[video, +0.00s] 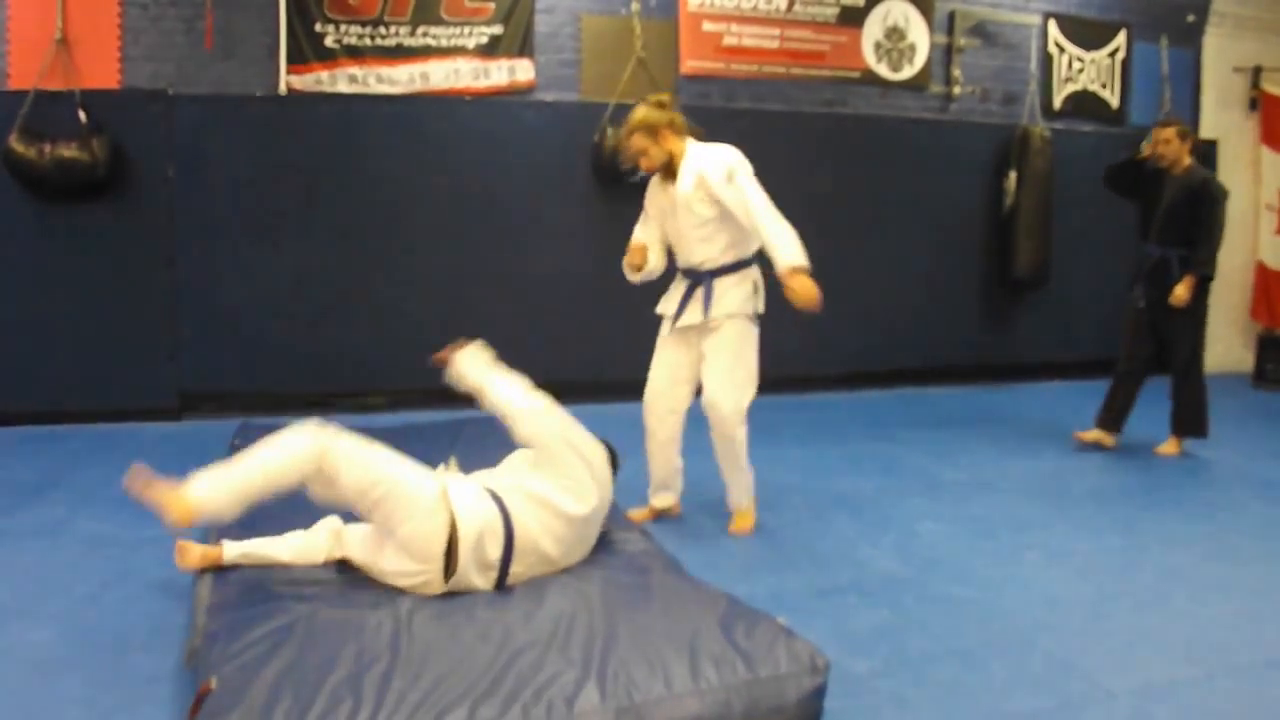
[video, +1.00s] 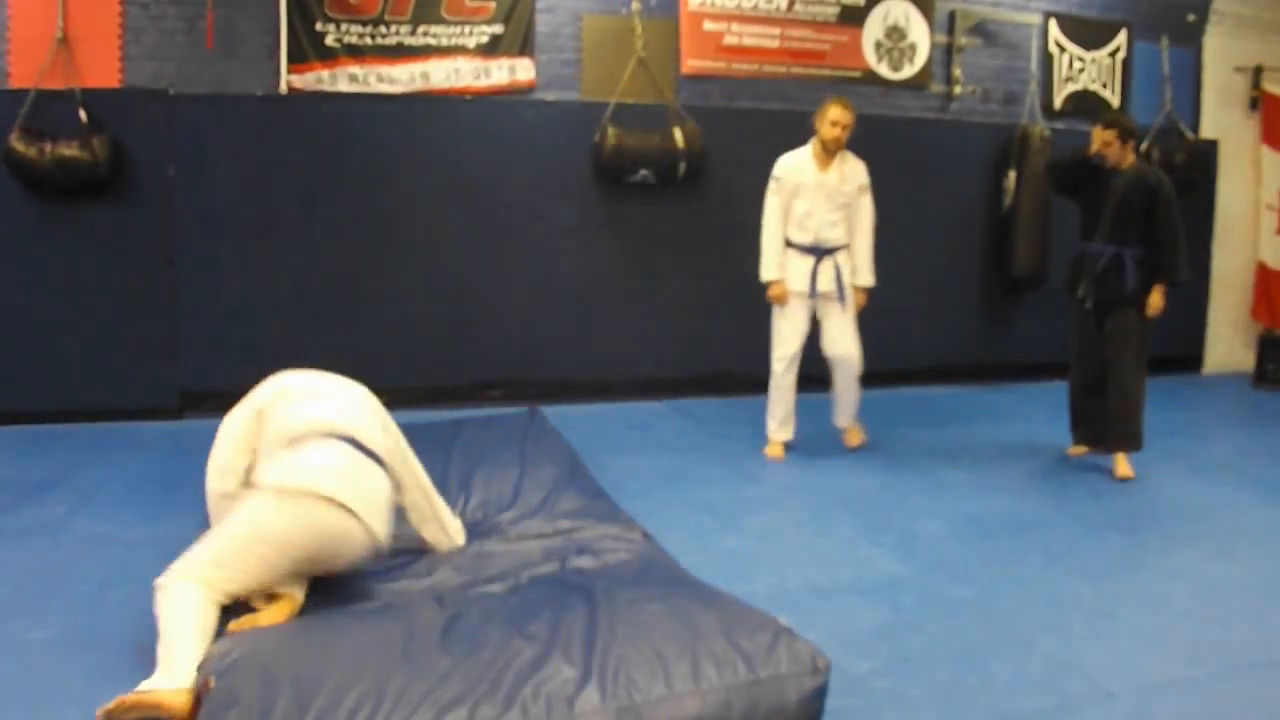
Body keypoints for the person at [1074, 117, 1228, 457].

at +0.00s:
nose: (1159, 149)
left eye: (1166, 142)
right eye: (1156, 143)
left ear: (1186, 145)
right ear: (1153, 146)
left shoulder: (1206, 186)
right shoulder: (1151, 177)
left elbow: (1208, 241)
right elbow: (1112, 178)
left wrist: (1190, 279)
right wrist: (1140, 158)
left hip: (1186, 278)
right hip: (1150, 273)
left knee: (1185, 358)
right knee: (1135, 352)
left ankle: (1179, 435)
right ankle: (1107, 428)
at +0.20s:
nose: (1133, 151)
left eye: (1140, 143)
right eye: (1130, 145)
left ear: (1161, 144)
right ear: (1128, 149)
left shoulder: (1185, 184)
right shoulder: (1130, 178)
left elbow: (1196, 239)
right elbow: (1092, 182)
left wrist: (1187, 281)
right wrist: (1117, 159)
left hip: (1169, 280)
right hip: (1131, 277)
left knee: (1174, 360)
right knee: (1121, 357)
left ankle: (1178, 434)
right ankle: (1099, 436)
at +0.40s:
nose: (1110, 148)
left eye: (1117, 141)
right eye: (1107, 142)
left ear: (1137, 140)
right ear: (1104, 144)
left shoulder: (1164, 178)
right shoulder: (1107, 176)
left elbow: (1180, 229)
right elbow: (1068, 178)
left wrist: (1177, 273)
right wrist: (1094, 154)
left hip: (1151, 275)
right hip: (1112, 273)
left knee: (1154, 354)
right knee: (1108, 355)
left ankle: (1168, 427)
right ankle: (1100, 436)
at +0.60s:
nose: (1097, 150)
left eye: (1102, 143)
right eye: (1094, 143)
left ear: (1122, 140)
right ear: (1095, 144)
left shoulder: (1152, 175)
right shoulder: (1096, 174)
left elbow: (1172, 227)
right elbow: (1060, 182)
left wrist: (1167, 271)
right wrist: (1084, 155)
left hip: (1141, 275)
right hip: (1103, 273)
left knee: (1138, 358)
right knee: (1099, 356)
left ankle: (1143, 440)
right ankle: (1097, 437)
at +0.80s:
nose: (1092, 150)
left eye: (1097, 144)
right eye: (1090, 144)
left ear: (1118, 141)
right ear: (1093, 145)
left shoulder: (1149, 177)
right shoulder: (1091, 175)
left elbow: (1168, 231)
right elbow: (1055, 180)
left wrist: (1163, 276)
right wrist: (1082, 156)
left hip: (1135, 277)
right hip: (1096, 275)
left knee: (1130, 357)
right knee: (1092, 354)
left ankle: (1128, 439)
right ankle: (1092, 435)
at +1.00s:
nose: (1098, 152)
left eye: (1105, 145)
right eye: (1096, 145)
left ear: (1125, 144)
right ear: (1097, 146)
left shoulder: (1152, 182)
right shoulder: (1093, 176)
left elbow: (1167, 239)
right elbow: (1057, 177)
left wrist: (1160, 284)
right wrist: (1088, 158)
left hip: (1130, 284)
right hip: (1091, 280)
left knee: (1124, 365)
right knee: (1087, 360)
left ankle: (1120, 448)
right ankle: (1088, 436)